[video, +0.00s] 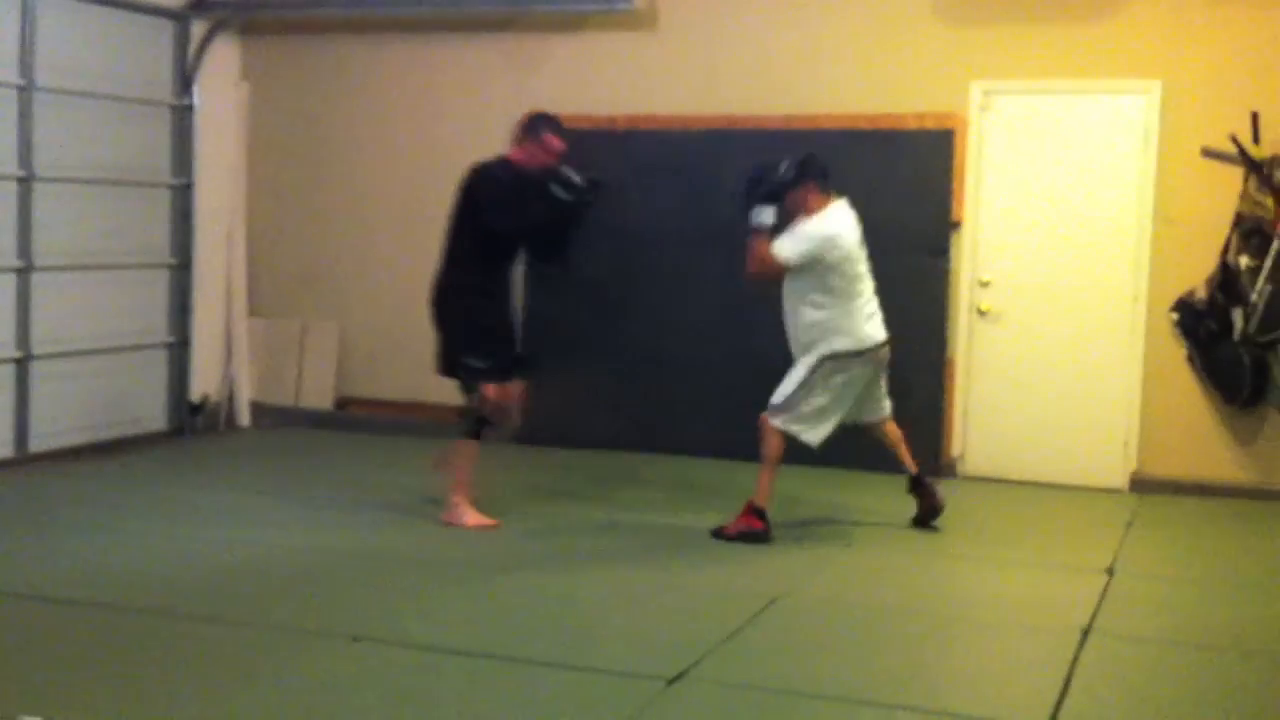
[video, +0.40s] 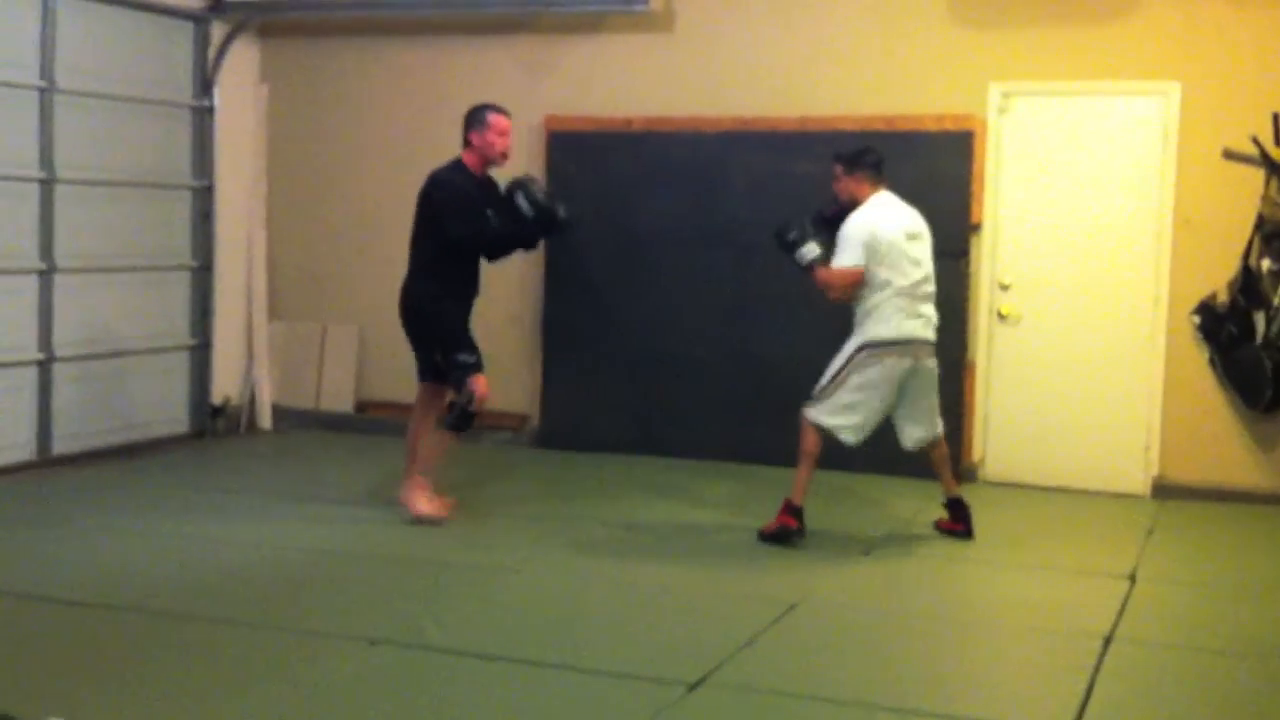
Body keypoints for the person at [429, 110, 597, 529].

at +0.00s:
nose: (550, 164)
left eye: (555, 156)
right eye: (546, 153)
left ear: (551, 155)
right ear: (524, 144)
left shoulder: (532, 185)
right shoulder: (490, 177)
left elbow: (546, 249)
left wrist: (571, 202)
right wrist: (558, 196)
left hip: (496, 303)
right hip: (463, 301)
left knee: (507, 400)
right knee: (485, 398)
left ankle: (451, 458)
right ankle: (458, 500)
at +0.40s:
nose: (507, 143)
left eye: (508, 134)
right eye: (500, 134)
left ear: (489, 139)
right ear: (474, 136)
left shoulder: (485, 188)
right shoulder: (448, 184)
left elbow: (494, 247)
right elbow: (480, 244)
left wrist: (532, 226)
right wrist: (519, 219)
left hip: (450, 305)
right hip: (430, 305)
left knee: (432, 393)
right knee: (470, 389)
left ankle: (417, 483)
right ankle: (418, 484)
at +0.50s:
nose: (486, 149)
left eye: (488, 140)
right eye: (482, 139)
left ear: (465, 139)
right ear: (456, 138)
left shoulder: (463, 185)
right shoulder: (430, 187)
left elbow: (491, 239)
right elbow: (470, 233)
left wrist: (528, 209)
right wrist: (497, 193)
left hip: (446, 308)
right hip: (423, 308)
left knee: (436, 403)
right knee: (431, 404)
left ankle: (415, 491)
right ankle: (376, 498)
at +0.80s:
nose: (468, 148)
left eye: (471, 139)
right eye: (463, 138)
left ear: (449, 139)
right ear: (437, 134)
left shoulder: (449, 183)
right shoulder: (409, 183)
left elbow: (472, 241)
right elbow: (454, 233)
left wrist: (504, 208)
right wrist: (477, 186)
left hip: (448, 307)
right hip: (413, 309)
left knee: (502, 382)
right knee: (408, 405)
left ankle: (472, 479)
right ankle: (368, 502)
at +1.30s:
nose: (511, 146)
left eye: (518, 140)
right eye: (504, 137)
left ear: (525, 143)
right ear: (485, 135)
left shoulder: (526, 187)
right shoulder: (454, 182)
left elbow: (558, 240)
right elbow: (459, 230)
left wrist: (564, 192)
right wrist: (491, 175)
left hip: (510, 310)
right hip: (463, 309)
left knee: (529, 406)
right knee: (464, 410)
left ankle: (544, 506)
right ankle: (427, 493)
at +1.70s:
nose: (511, 156)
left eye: (520, 149)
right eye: (506, 147)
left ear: (534, 150)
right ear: (496, 145)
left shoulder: (544, 190)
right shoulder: (473, 190)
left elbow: (575, 237)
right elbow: (483, 235)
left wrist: (561, 181)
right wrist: (515, 177)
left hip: (531, 318)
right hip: (482, 317)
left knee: (553, 417)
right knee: (470, 419)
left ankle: (585, 520)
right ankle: (449, 508)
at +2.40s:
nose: (510, 142)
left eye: (517, 133)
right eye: (501, 133)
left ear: (531, 133)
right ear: (486, 135)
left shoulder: (560, 185)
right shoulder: (478, 191)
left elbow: (614, 211)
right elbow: (480, 234)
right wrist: (501, 172)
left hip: (553, 316)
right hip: (498, 317)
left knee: (575, 408)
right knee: (469, 413)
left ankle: (598, 520)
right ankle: (444, 507)